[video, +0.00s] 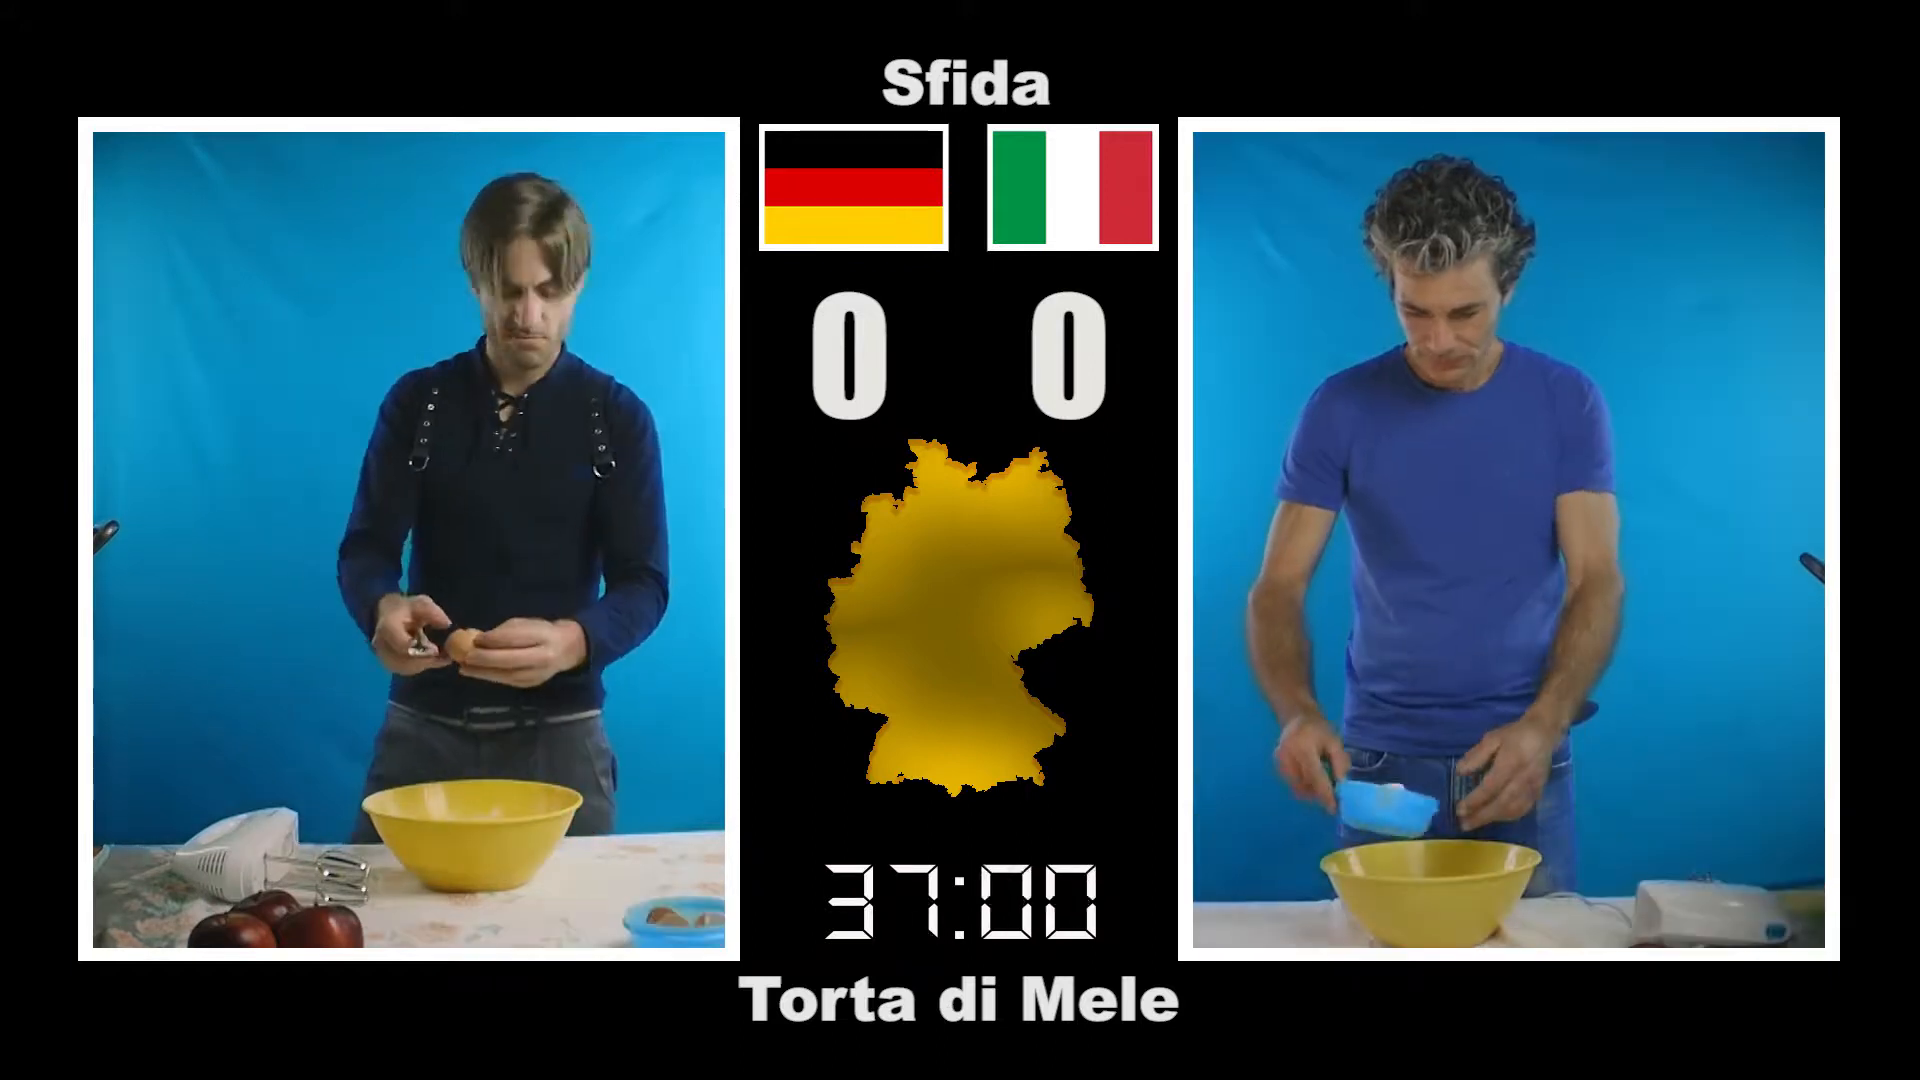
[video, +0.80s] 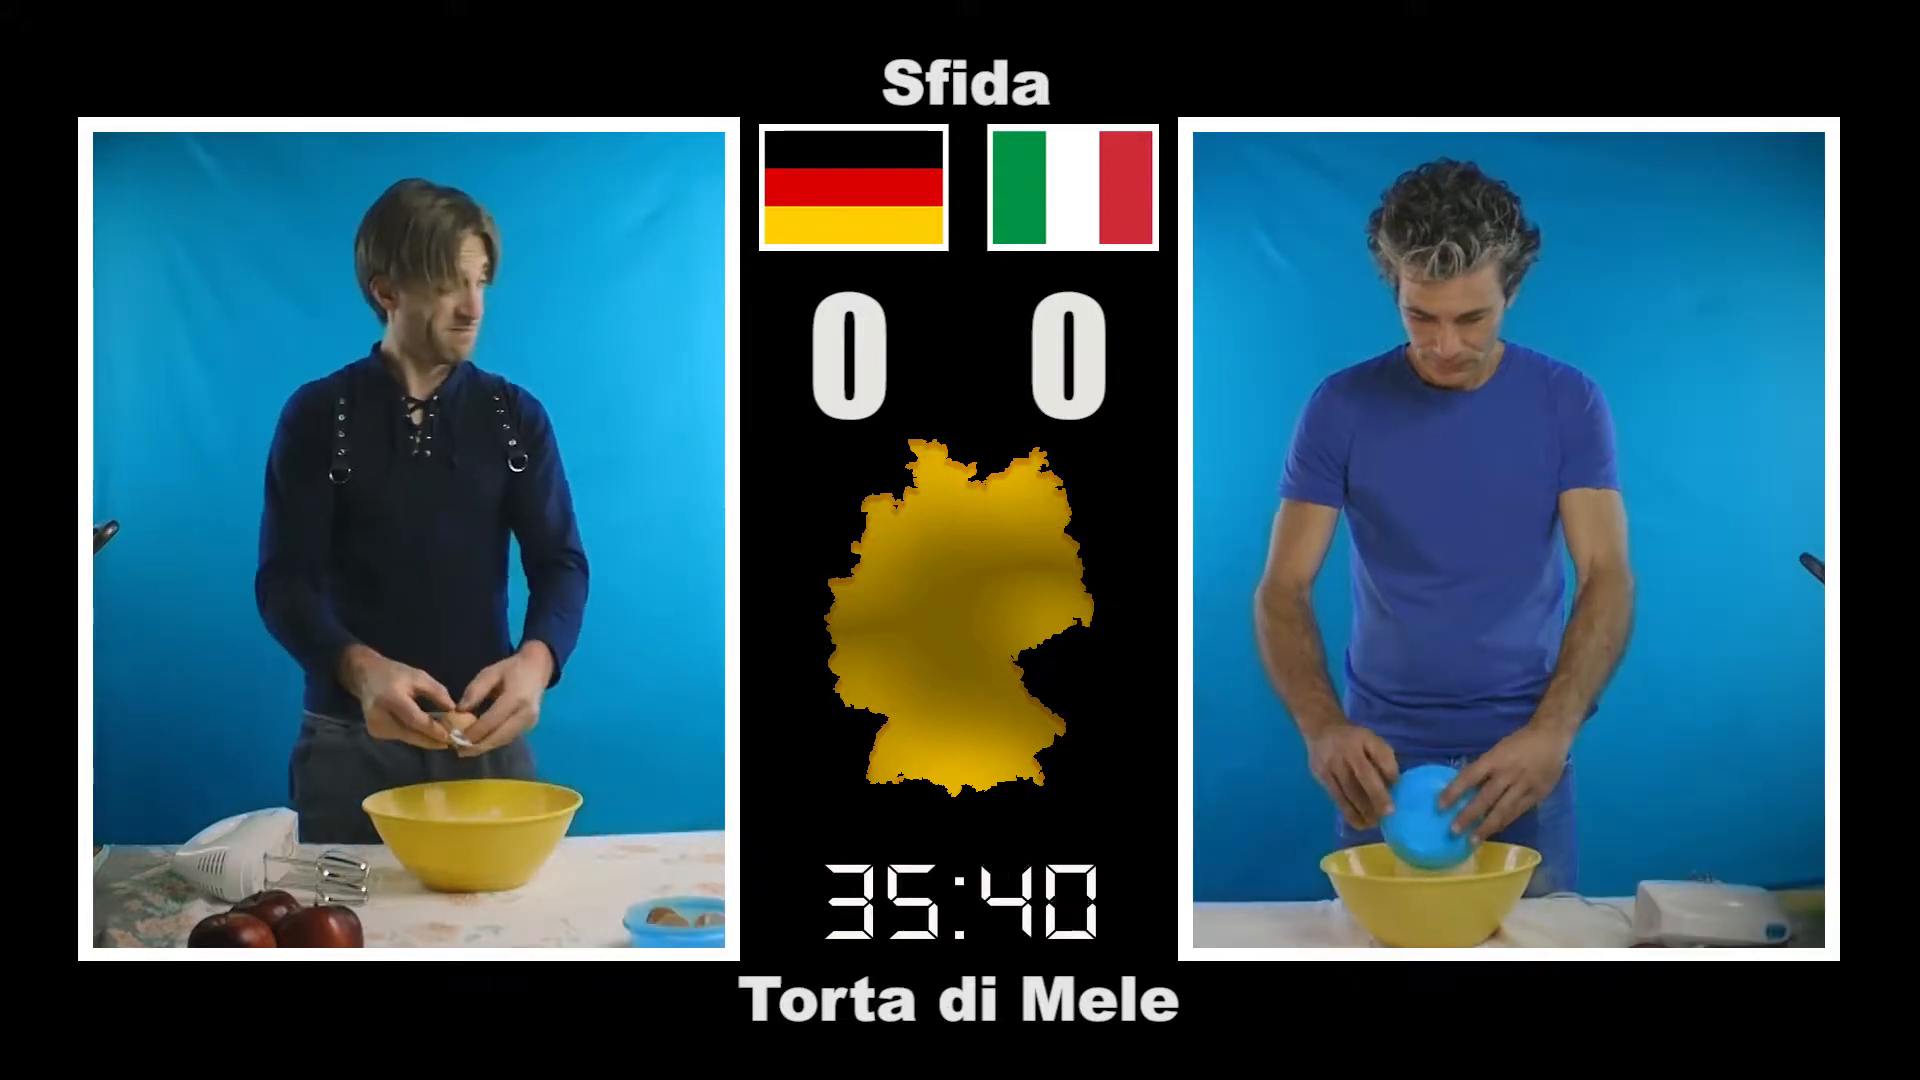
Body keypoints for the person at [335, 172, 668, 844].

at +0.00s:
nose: (527, 316)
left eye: (548, 291)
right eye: (507, 291)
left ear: (577, 285)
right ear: (476, 282)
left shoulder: (615, 418)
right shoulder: (417, 405)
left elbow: (643, 583)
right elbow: (367, 546)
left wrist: (574, 642)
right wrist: (380, 609)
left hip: (559, 746)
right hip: (425, 737)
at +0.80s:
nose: (471, 304)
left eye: (479, 284)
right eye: (447, 284)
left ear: (488, 284)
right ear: (385, 288)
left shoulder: (514, 419)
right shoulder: (318, 417)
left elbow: (559, 563)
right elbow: (284, 584)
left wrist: (537, 662)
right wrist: (363, 672)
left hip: (488, 751)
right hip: (355, 755)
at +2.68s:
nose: (451, 348)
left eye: (470, 326)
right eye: (431, 326)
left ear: (492, 316)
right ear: (398, 312)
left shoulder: (539, 426)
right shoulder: (345, 429)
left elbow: (565, 558)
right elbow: (328, 566)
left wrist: (512, 679)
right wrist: (363, 692)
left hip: (515, 738)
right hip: (385, 741)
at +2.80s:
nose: (450, 308)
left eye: (449, 286)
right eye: (428, 292)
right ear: (354, 306)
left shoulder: (474, 405)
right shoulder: (277, 416)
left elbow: (517, 552)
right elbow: (216, 554)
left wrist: (550, 688)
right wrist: (225, 604)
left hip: (457, 742)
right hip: (326, 750)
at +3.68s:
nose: (516, 315)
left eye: (529, 292)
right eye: (497, 292)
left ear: (540, 287)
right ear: (434, 282)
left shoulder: (554, 414)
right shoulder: (356, 407)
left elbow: (596, 562)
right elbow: (288, 547)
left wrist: (607, 684)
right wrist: (299, 589)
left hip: (523, 747)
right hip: (387, 745)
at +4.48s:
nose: (458, 323)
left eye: (469, 300)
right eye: (440, 298)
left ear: (478, 294)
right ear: (370, 283)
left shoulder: (475, 406)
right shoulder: (283, 408)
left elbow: (509, 562)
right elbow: (205, 577)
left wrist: (559, 689)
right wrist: (284, 615)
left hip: (457, 741)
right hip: (327, 750)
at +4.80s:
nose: (379, 348)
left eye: (403, 328)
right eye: (364, 322)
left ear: (428, 314)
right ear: (336, 292)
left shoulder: (459, 422)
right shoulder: (264, 406)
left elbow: (509, 568)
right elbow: (222, 570)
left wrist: (506, 704)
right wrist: (298, 650)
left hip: (428, 731)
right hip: (294, 731)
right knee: (288, 933)